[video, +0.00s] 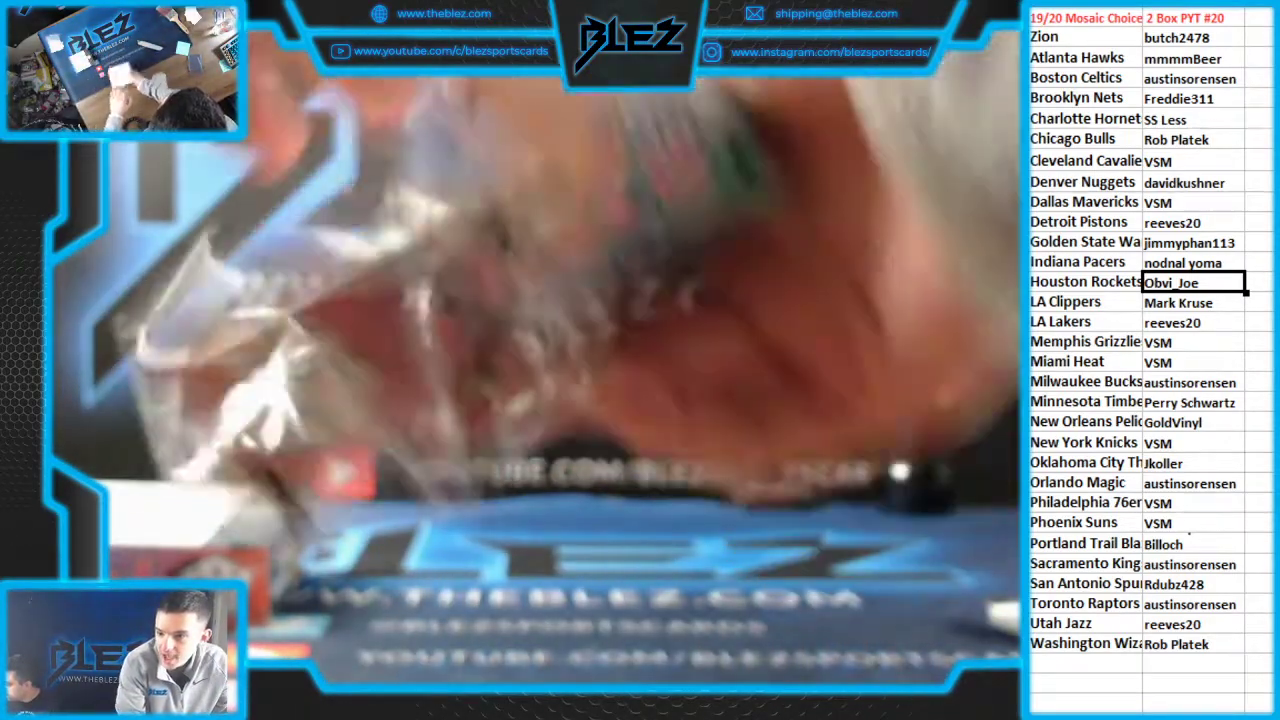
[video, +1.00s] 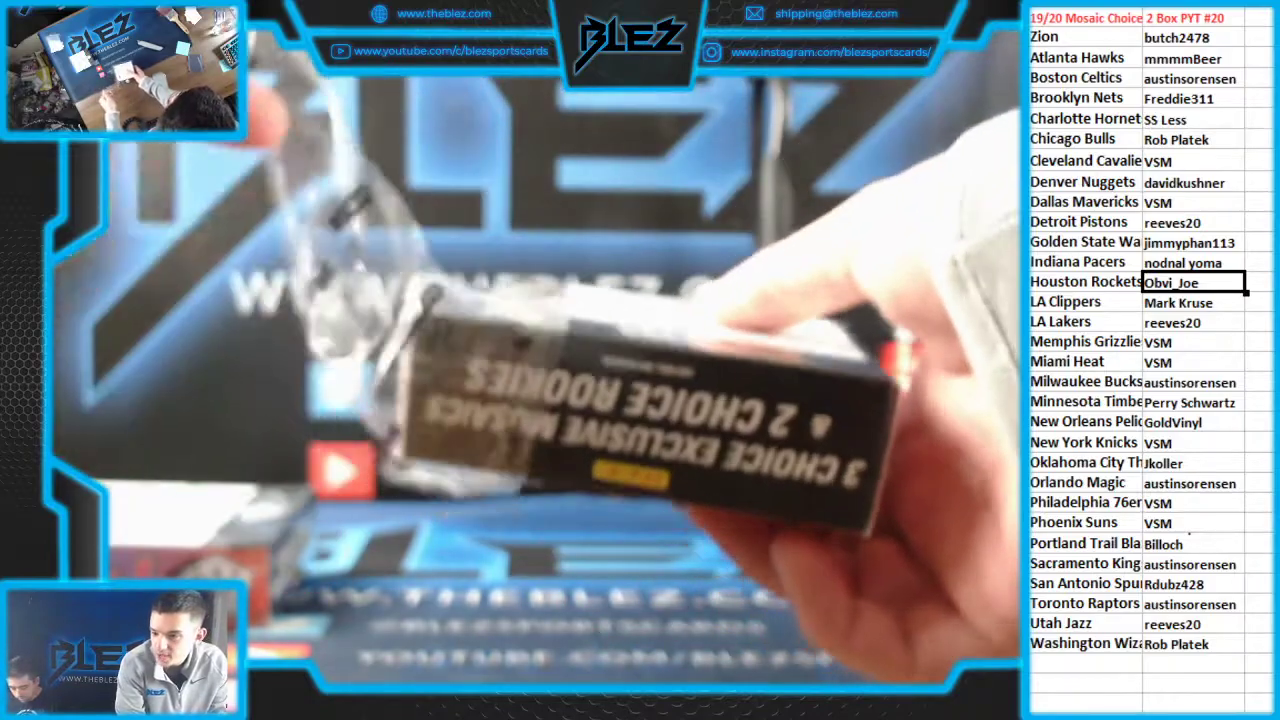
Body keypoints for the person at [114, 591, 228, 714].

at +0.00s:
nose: (167, 647)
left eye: (179, 637)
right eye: (160, 634)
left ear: (204, 637)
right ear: (154, 629)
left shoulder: (217, 660)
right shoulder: (136, 662)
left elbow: (219, 713)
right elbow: (129, 714)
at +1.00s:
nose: (161, 646)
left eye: (173, 636)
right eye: (154, 634)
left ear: (199, 636)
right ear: (150, 629)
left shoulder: (215, 661)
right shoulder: (133, 663)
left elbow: (217, 713)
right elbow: (129, 714)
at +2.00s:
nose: (157, 647)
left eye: (169, 637)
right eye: (151, 635)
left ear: (195, 636)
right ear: (146, 629)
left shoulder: (212, 661)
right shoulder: (130, 664)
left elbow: (217, 713)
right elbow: (128, 715)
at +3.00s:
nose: (157, 647)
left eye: (169, 637)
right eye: (151, 635)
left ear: (195, 636)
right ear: (146, 629)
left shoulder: (212, 661)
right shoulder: (130, 664)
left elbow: (217, 713)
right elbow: (128, 715)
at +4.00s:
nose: (203, 669)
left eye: (209, 659)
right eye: (194, 660)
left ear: (216, 648)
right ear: (164, 647)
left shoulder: (219, 665)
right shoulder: (133, 667)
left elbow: (218, 710)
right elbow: (126, 717)